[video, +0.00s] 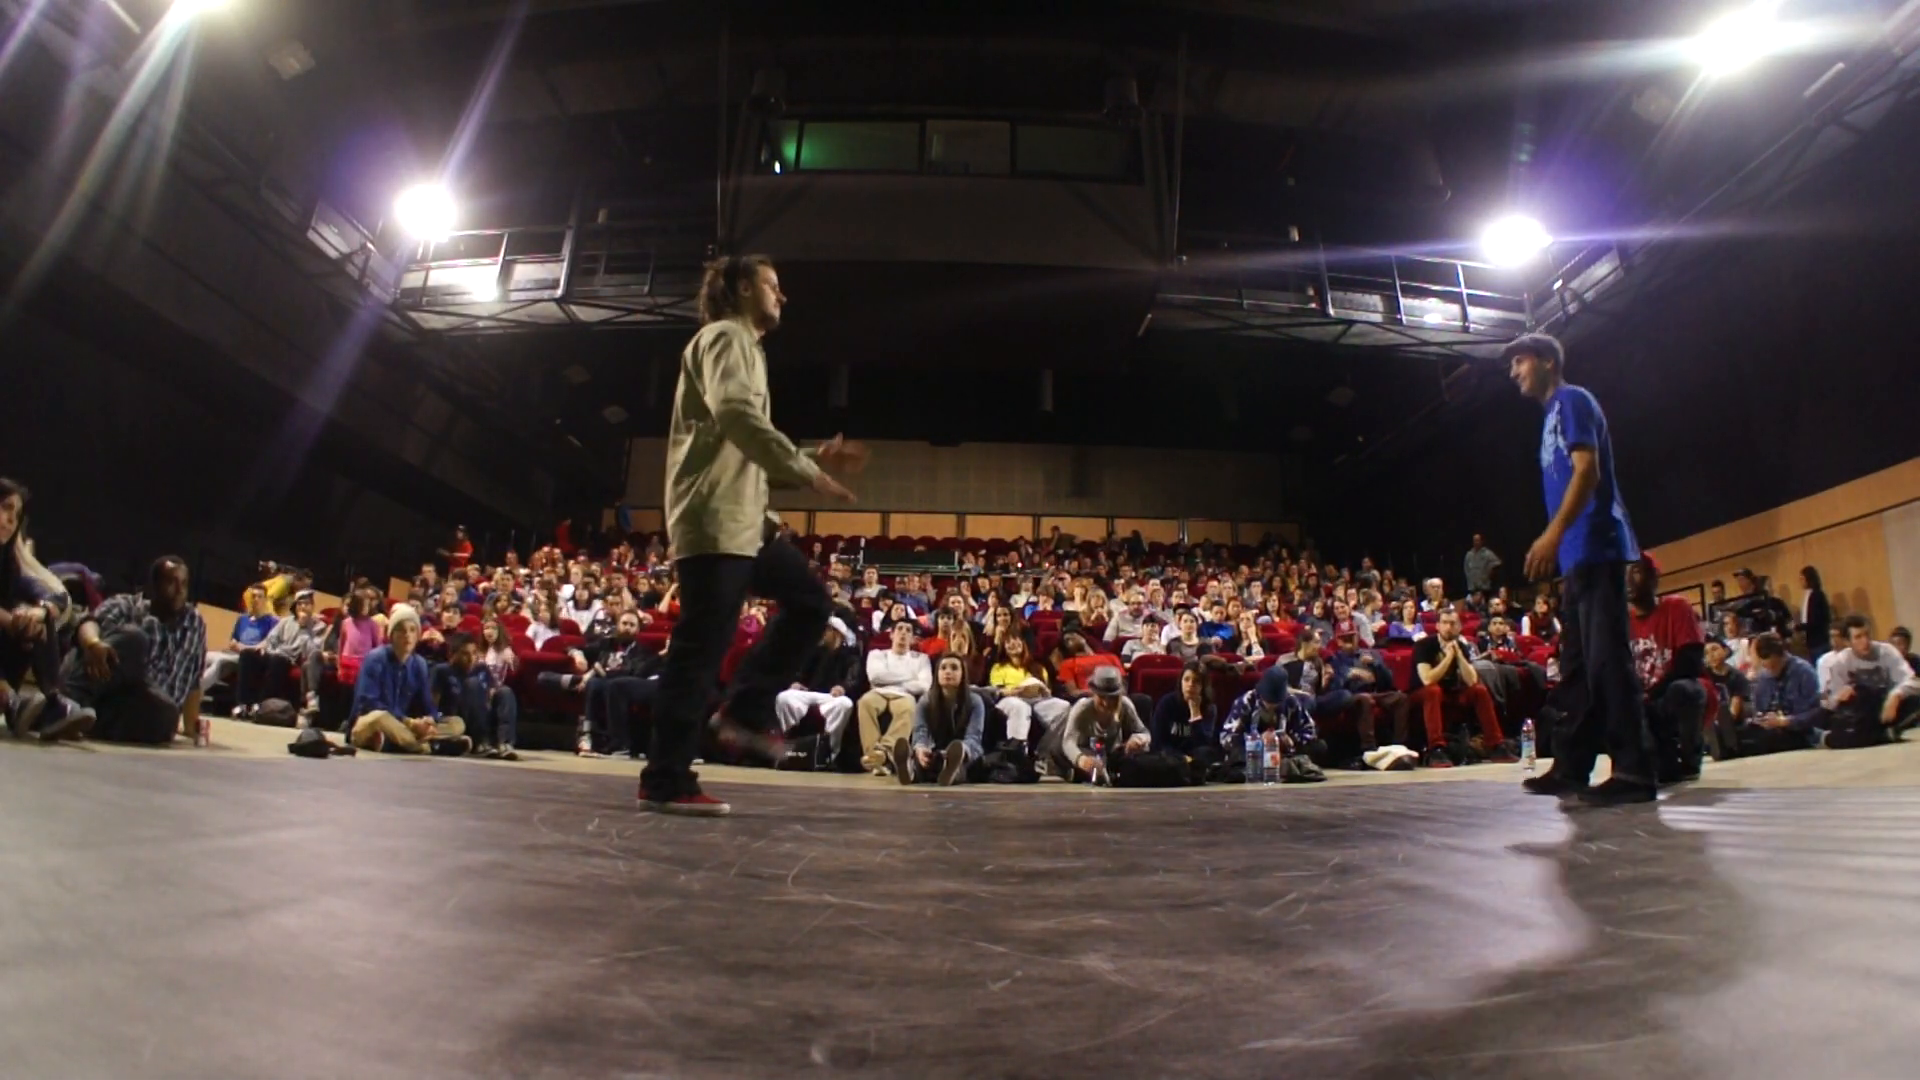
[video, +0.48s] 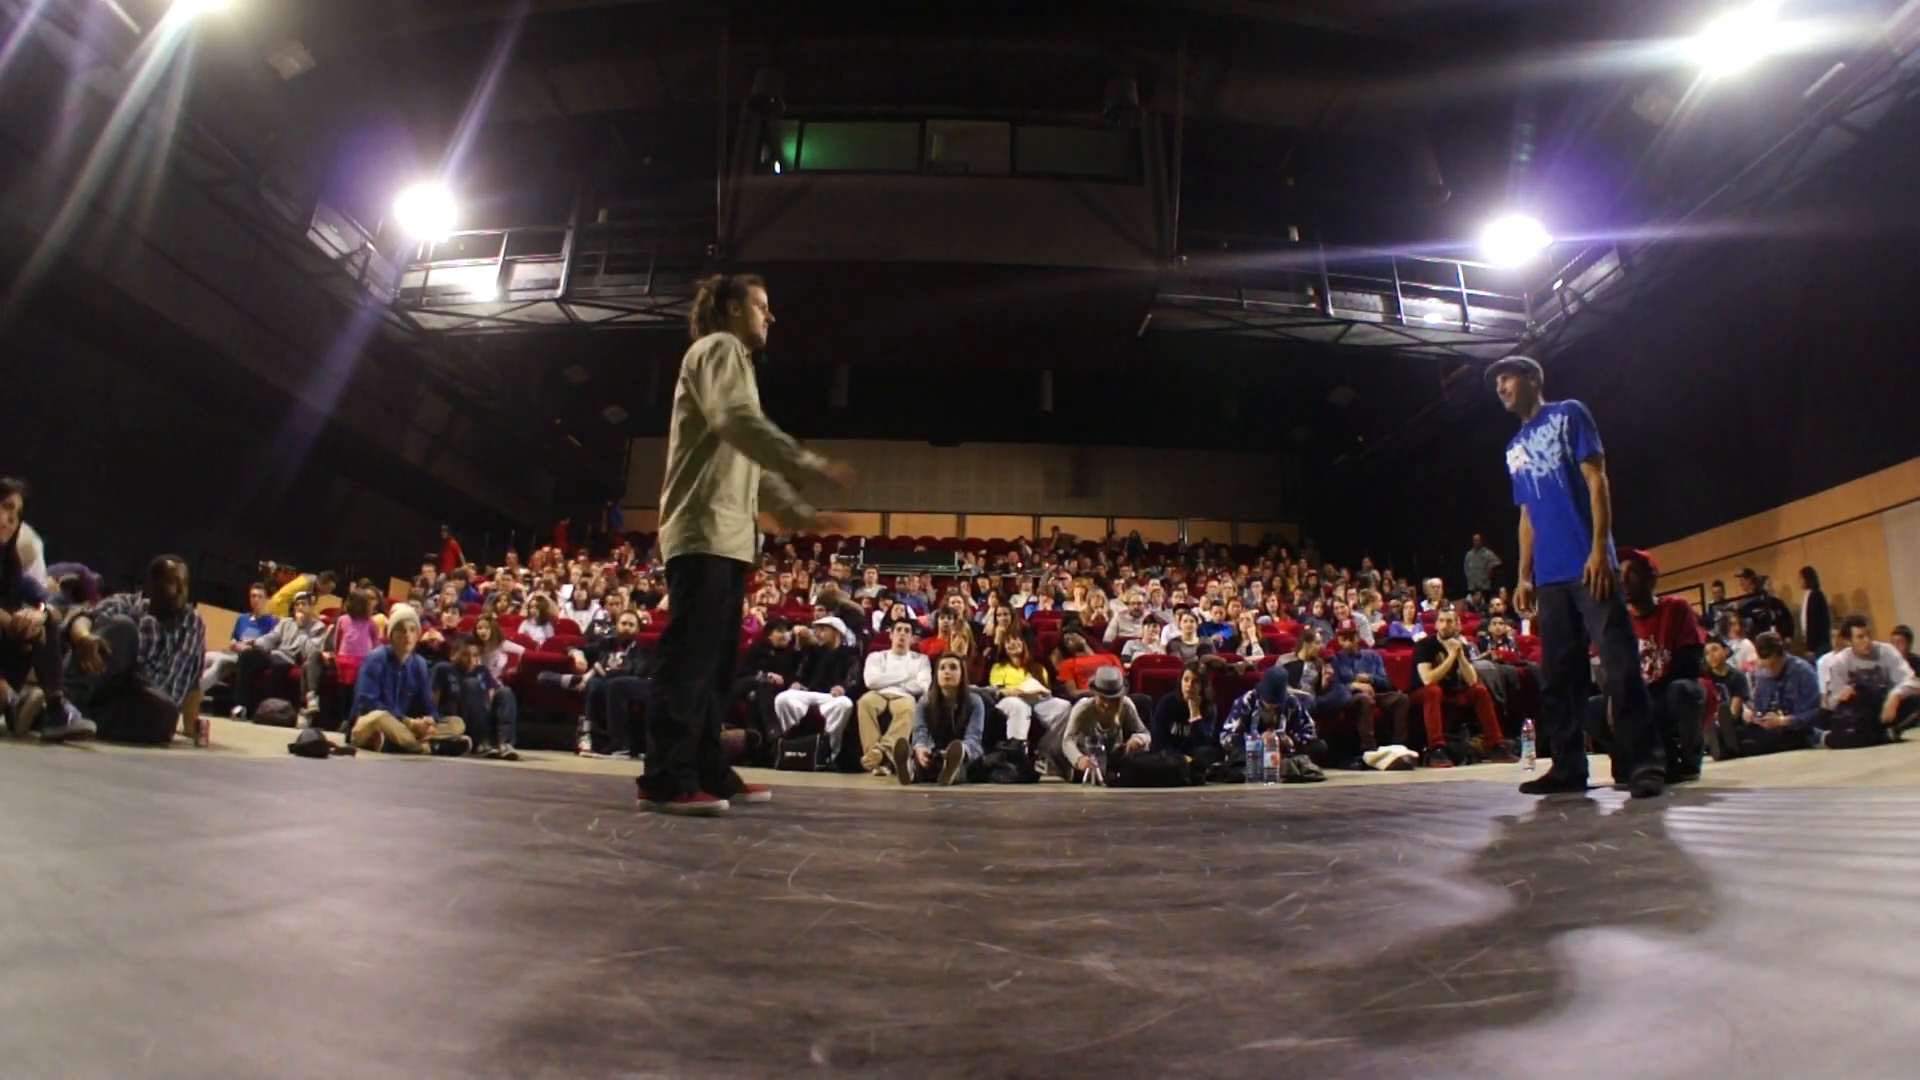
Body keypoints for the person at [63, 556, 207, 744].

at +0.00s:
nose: (179, 590)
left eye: (184, 584)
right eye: (172, 582)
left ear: (188, 588)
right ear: (156, 584)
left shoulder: (194, 624)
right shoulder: (128, 605)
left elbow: (193, 683)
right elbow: (89, 622)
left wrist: (191, 731)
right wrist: (92, 643)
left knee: (162, 720)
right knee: (133, 638)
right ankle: (69, 701)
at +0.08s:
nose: (180, 590)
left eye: (184, 584)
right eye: (172, 582)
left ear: (188, 588)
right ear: (156, 584)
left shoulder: (194, 625)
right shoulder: (128, 605)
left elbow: (193, 684)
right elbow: (88, 622)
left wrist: (192, 731)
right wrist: (90, 642)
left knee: (164, 719)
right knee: (131, 636)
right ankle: (69, 704)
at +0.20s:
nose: (180, 590)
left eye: (184, 584)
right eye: (172, 583)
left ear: (188, 588)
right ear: (156, 584)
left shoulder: (195, 625)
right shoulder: (128, 605)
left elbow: (193, 684)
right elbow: (87, 620)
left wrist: (192, 731)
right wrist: (88, 640)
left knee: (163, 718)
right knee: (129, 634)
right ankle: (70, 705)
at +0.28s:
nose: (180, 591)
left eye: (185, 585)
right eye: (172, 584)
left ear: (188, 588)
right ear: (156, 586)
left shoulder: (195, 625)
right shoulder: (129, 605)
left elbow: (193, 684)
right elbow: (86, 619)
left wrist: (192, 730)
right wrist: (86, 639)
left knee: (163, 714)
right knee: (126, 631)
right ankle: (69, 707)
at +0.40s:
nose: (180, 591)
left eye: (185, 585)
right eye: (172, 584)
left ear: (188, 588)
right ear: (155, 586)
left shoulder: (194, 626)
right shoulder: (128, 605)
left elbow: (193, 685)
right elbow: (85, 618)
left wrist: (191, 730)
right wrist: (83, 638)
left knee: (163, 717)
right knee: (124, 629)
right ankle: (68, 707)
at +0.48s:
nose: (179, 591)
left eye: (184, 585)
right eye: (171, 583)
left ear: (188, 588)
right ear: (155, 585)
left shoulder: (194, 625)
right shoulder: (129, 604)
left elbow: (193, 684)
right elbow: (81, 616)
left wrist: (191, 730)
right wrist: (82, 638)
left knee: (162, 717)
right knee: (122, 628)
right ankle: (68, 706)